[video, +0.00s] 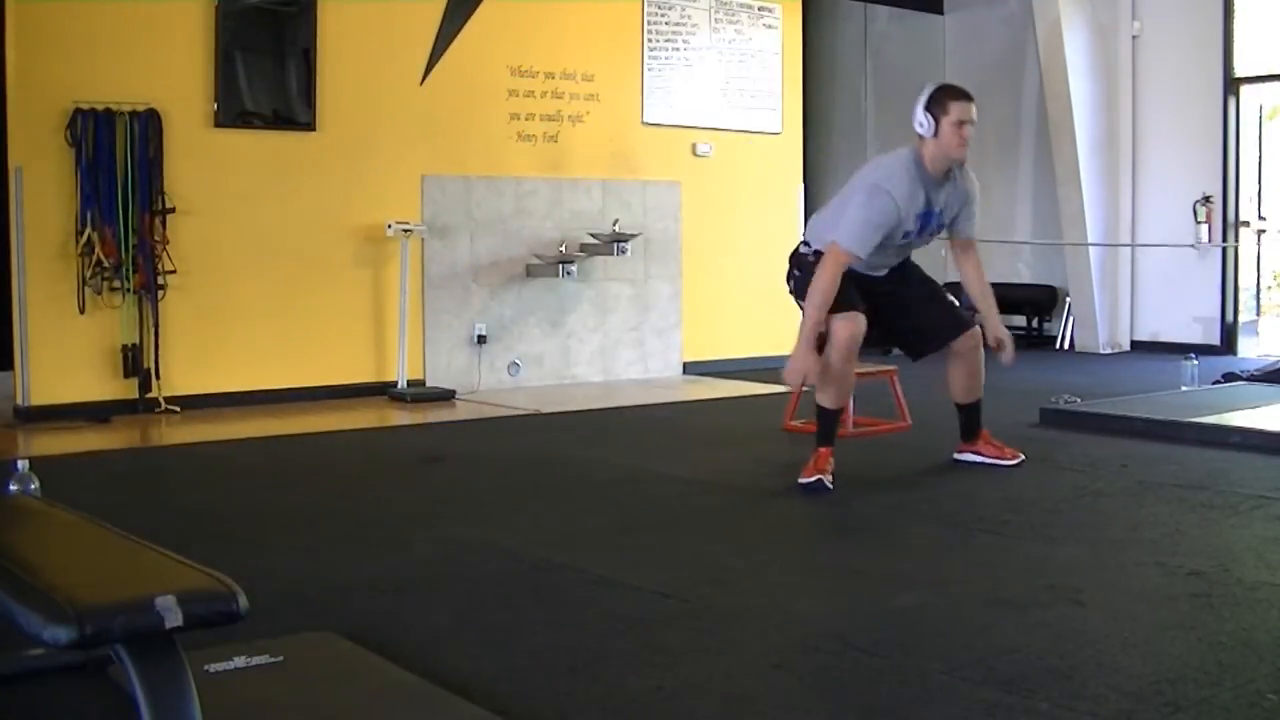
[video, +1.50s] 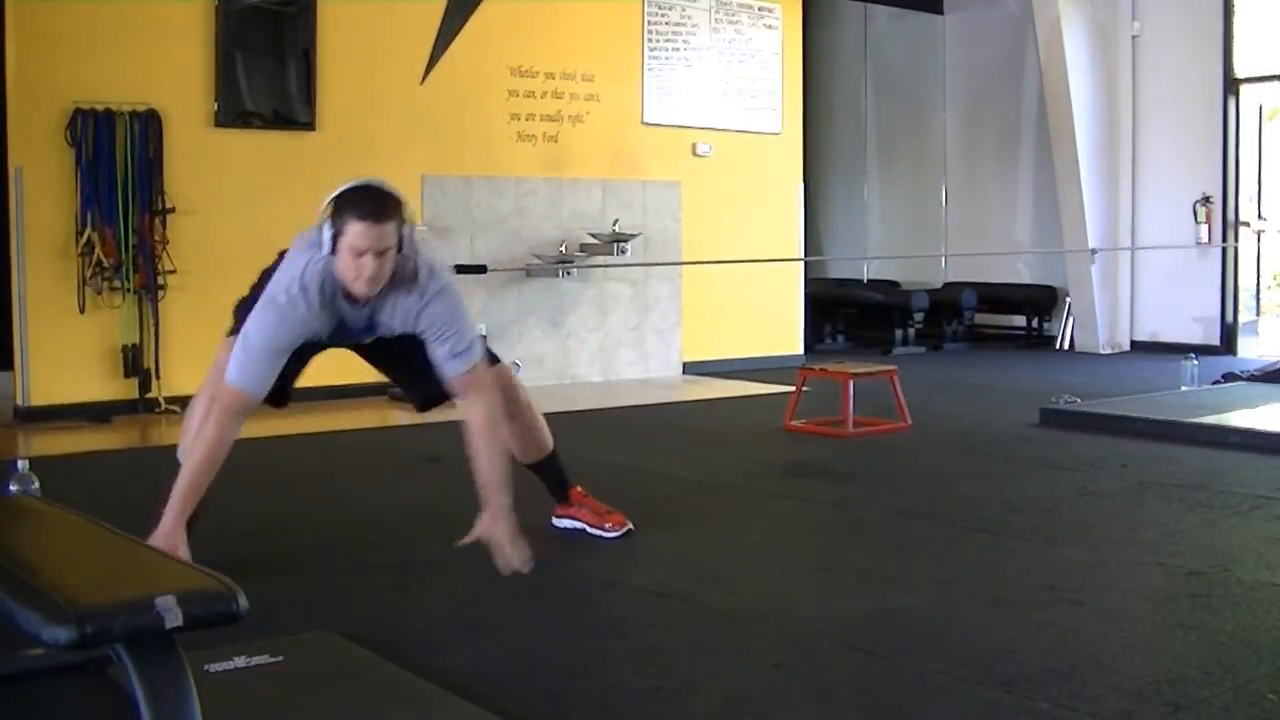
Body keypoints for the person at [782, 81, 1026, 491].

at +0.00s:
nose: (968, 134)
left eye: (971, 125)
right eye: (960, 125)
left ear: (972, 129)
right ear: (930, 127)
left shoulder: (960, 185)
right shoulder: (887, 184)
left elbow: (965, 251)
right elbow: (834, 260)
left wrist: (992, 321)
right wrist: (804, 346)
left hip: (887, 268)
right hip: (824, 264)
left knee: (966, 336)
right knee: (848, 328)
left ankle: (972, 440)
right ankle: (823, 452)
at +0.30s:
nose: (923, 91)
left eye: (927, 82)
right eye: (914, 82)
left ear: (931, 88)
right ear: (887, 86)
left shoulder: (938, 142)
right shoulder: (850, 144)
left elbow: (965, 188)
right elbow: (795, 221)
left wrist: (981, 221)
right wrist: (819, 282)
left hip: (876, 253)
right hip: (818, 255)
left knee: (945, 338)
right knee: (827, 336)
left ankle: (969, 440)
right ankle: (836, 447)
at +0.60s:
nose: (850, 69)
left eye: (857, 59)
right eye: (840, 56)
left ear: (863, 67)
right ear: (812, 59)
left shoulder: (865, 126)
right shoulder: (767, 119)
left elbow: (910, 183)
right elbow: (693, 183)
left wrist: (939, 229)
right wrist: (631, 246)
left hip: (794, 243)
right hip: (727, 234)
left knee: (856, 338)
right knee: (748, 317)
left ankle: (855, 457)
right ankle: (709, 439)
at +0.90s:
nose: (659, 50)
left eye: (667, 41)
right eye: (647, 39)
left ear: (674, 48)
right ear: (619, 45)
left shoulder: (698, 108)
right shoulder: (587, 113)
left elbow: (760, 161)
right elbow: (526, 188)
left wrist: (784, 241)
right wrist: (593, 170)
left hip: (688, 254)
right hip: (604, 253)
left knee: (755, 360)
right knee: (542, 345)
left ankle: (824, 449)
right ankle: (543, 480)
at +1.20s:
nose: (562, 89)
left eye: (573, 77)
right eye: (551, 74)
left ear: (584, 82)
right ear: (523, 74)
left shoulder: (592, 145)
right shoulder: (479, 136)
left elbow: (649, 223)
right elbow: (402, 232)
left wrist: (677, 305)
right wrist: (364, 336)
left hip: (516, 272)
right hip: (439, 264)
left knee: (598, 352)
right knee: (366, 368)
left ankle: (576, 497)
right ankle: (271, 497)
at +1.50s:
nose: (371, 268)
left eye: (383, 254)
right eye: (359, 254)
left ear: (401, 246)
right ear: (331, 244)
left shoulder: (427, 281)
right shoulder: (298, 285)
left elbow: (477, 390)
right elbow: (227, 409)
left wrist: (495, 511)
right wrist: (171, 524)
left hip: (391, 317)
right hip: (298, 305)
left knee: (498, 382)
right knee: (221, 390)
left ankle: (570, 497)